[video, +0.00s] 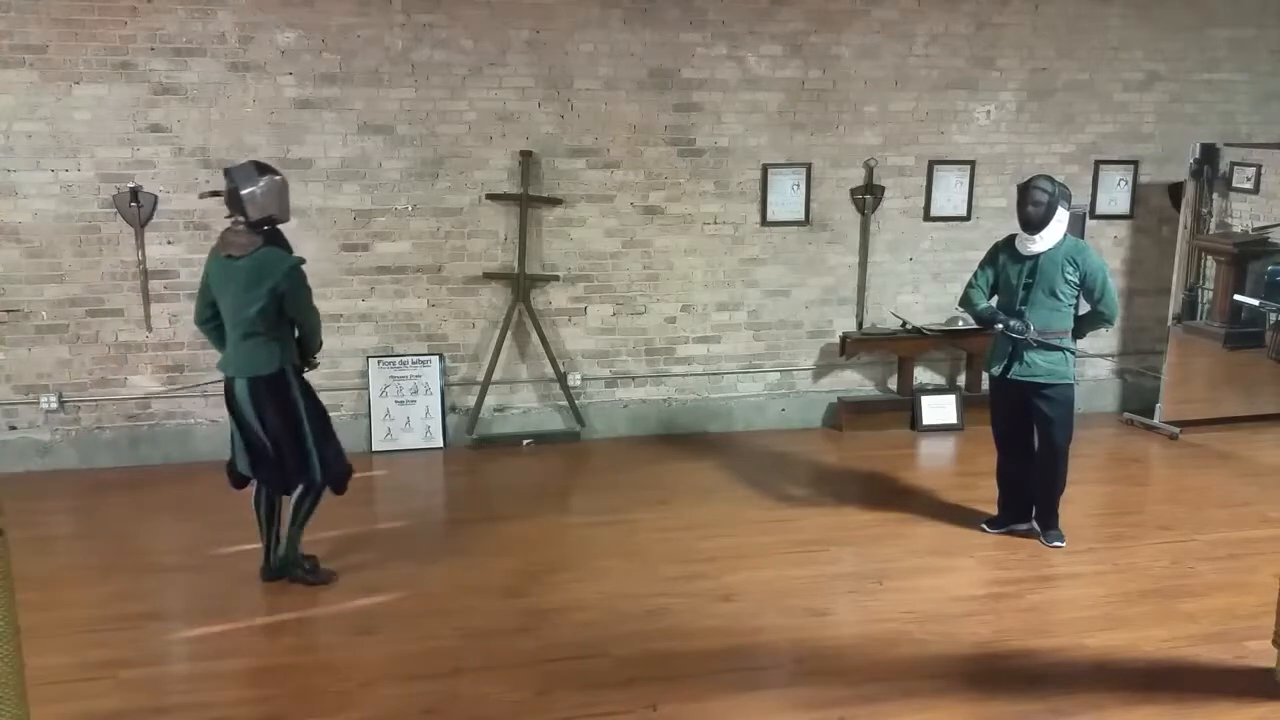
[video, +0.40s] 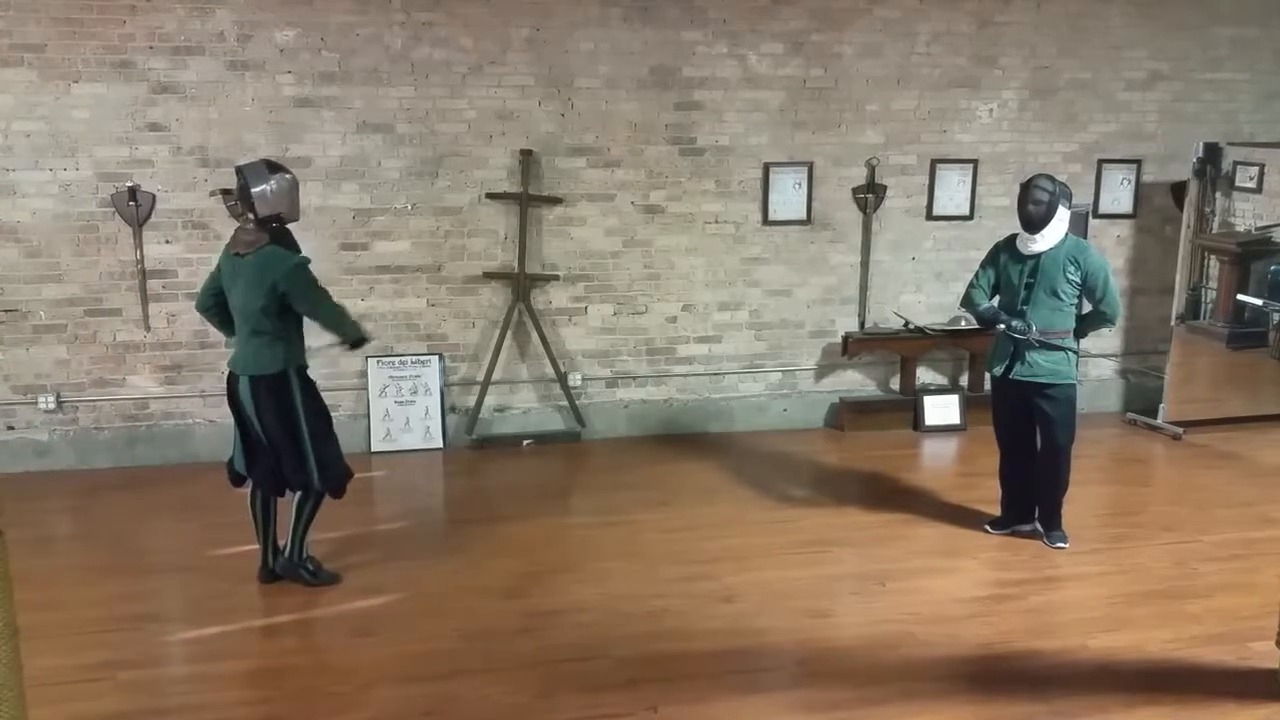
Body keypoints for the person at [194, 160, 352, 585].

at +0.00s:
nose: (282, 203)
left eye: (278, 195)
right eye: (276, 196)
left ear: (235, 207)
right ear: (268, 204)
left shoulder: (218, 259)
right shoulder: (281, 262)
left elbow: (205, 317)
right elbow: (310, 325)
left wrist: (236, 349)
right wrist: (305, 353)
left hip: (236, 379)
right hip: (275, 377)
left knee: (267, 468)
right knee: (318, 466)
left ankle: (272, 557)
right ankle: (289, 553)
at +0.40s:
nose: (294, 202)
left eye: (291, 194)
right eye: (288, 195)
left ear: (249, 206)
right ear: (277, 203)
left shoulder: (234, 254)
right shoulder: (286, 261)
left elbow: (206, 302)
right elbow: (322, 307)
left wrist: (243, 332)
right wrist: (354, 333)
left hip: (242, 379)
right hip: (281, 379)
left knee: (262, 467)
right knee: (321, 465)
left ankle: (269, 558)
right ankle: (295, 554)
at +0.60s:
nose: (291, 202)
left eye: (288, 194)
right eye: (284, 195)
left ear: (245, 206)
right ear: (272, 202)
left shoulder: (233, 253)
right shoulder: (281, 255)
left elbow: (200, 283)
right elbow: (332, 285)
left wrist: (224, 316)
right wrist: (399, 298)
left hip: (241, 378)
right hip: (279, 378)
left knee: (259, 469)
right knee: (319, 466)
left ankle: (268, 559)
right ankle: (296, 554)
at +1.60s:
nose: (237, 212)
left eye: (243, 205)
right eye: (239, 205)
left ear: (260, 211)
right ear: (283, 209)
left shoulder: (254, 255)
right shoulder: (284, 258)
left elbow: (223, 288)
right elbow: (325, 318)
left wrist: (255, 323)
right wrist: (344, 276)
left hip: (255, 376)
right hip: (288, 377)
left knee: (265, 468)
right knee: (329, 467)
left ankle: (270, 556)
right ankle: (301, 552)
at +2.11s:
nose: (304, 205)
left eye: (301, 197)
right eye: (298, 199)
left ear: (259, 214)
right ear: (288, 208)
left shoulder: (257, 260)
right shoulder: (288, 263)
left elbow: (236, 291)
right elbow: (312, 330)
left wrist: (269, 327)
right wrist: (351, 298)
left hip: (258, 379)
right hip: (293, 380)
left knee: (270, 469)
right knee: (336, 468)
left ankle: (271, 557)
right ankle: (317, 555)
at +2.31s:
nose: (312, 209)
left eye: (307, 202)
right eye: (306, 202)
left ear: (270, 210)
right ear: (297, 208)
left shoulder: (267, 259)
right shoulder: (291, 265)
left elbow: (279, 332)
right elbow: (305, 341)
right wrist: (363, 364)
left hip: (270, 378)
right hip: (295, 380)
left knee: (277, 469)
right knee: (331, 470)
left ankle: (272, 557)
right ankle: (352, 565)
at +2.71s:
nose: (327, 200)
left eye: (325, 192)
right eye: (320, 194)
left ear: (291, 202)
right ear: (305, 200)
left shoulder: (317, 247)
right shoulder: (301, 259)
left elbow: (327, 323)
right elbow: (311, 334)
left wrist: (354, 376)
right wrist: (318, 401)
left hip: (338, 376)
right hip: (332, 380)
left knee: (316, 460)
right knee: (355, 470)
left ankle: (280, 532)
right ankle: (354, 564)